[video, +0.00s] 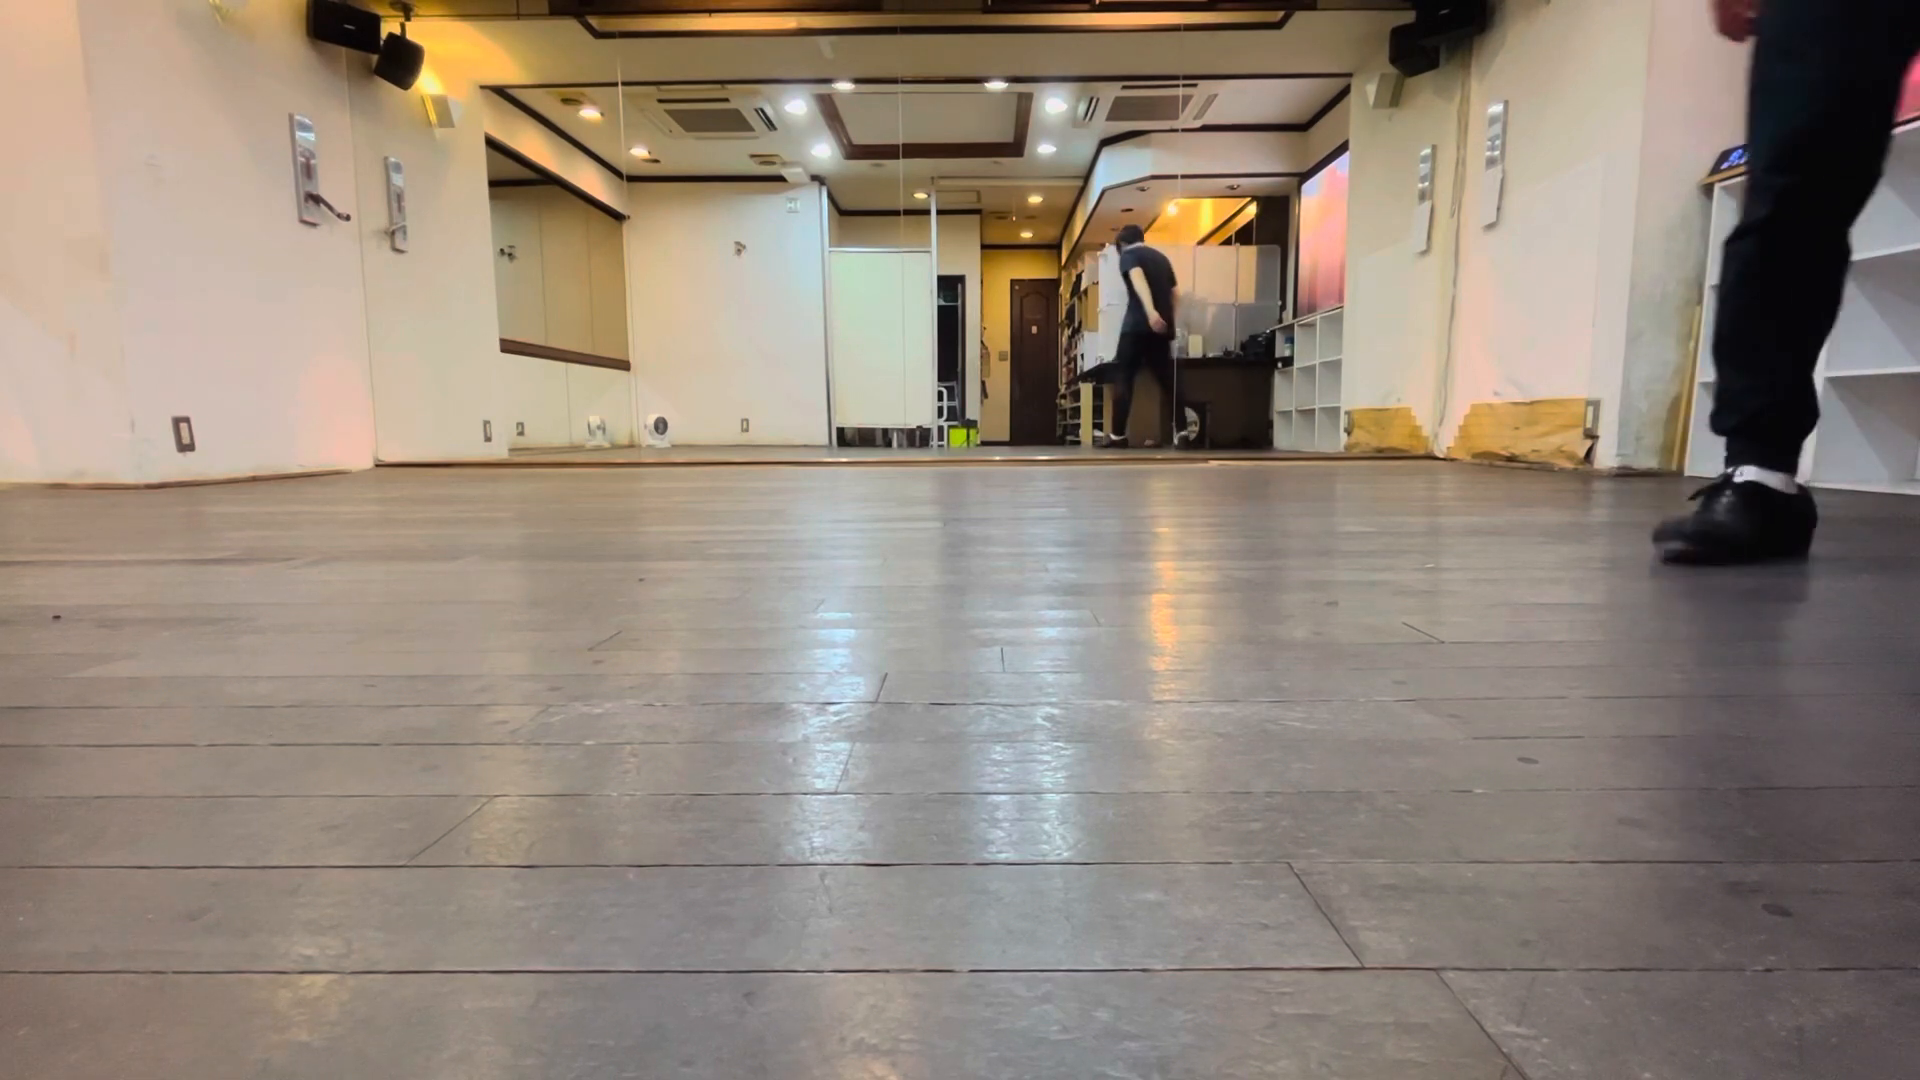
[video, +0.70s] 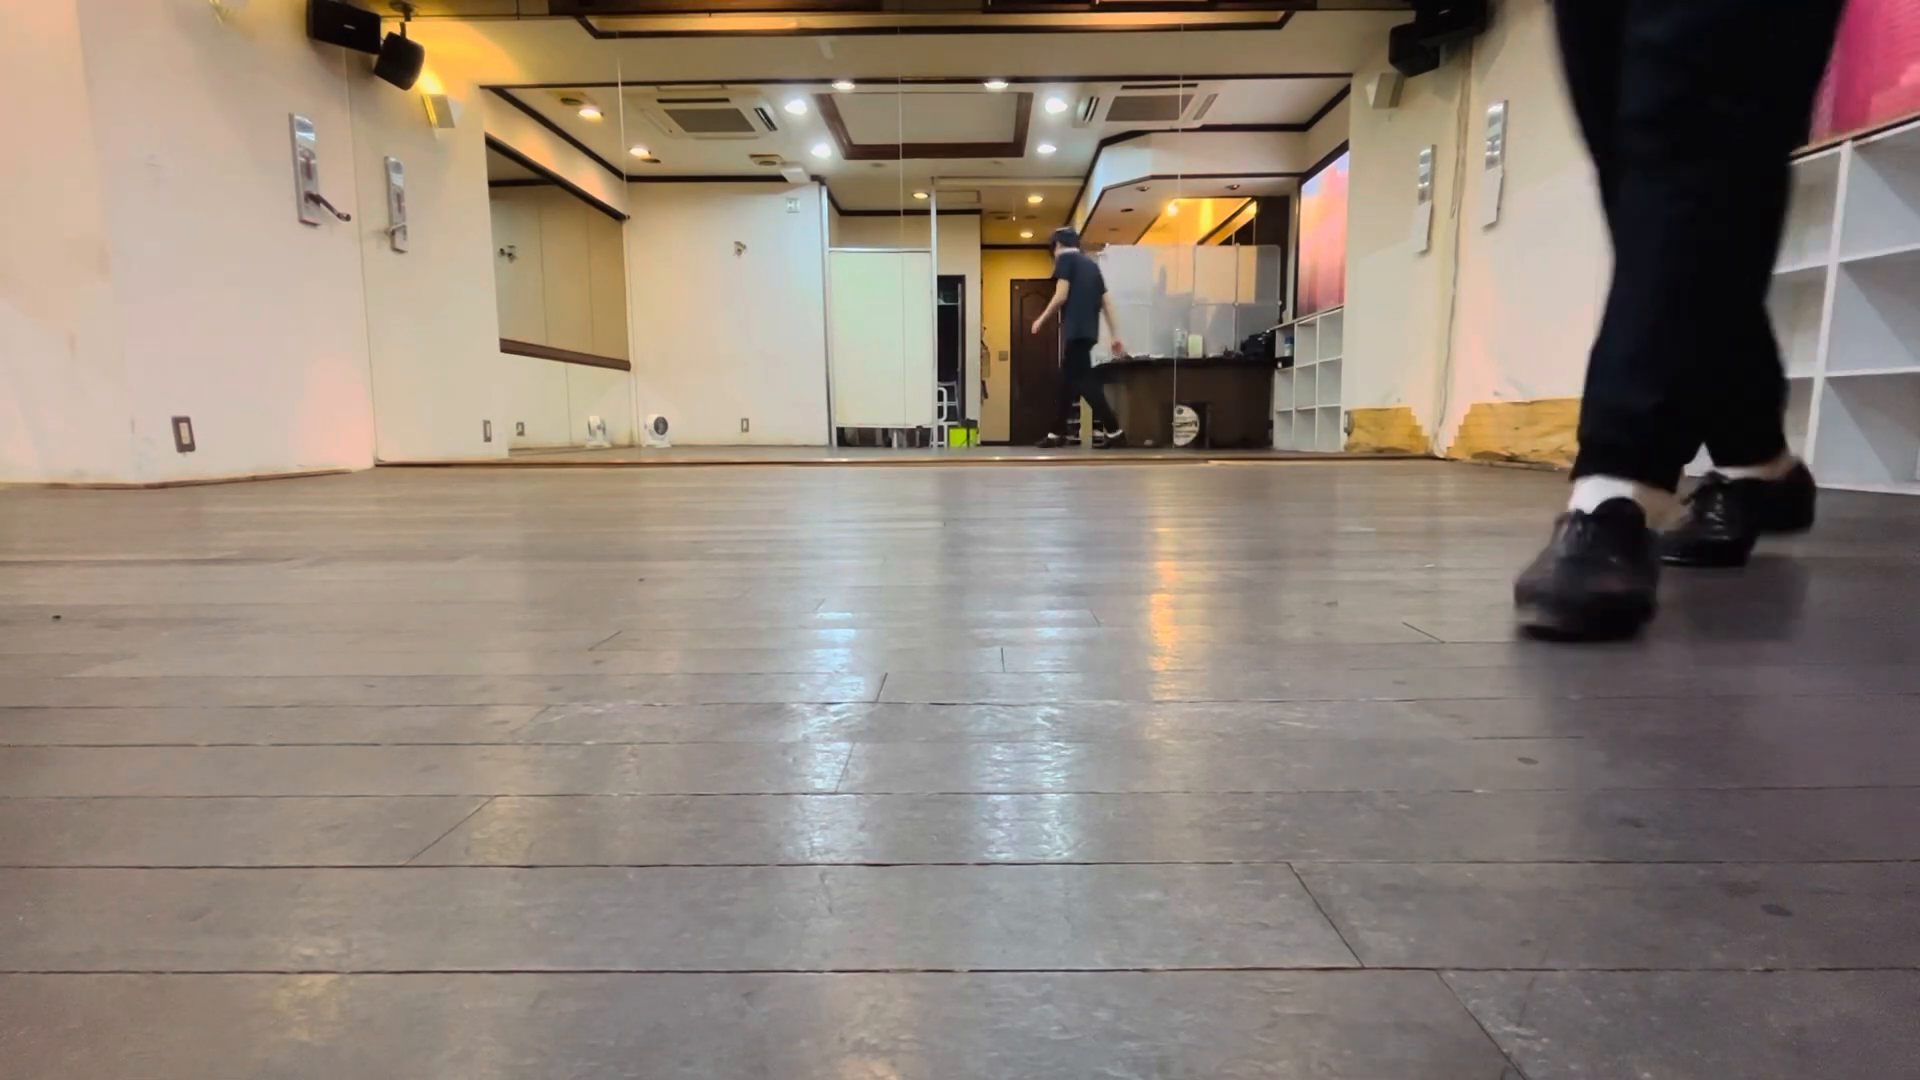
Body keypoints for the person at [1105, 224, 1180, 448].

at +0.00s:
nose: (1119, 251)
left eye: (1119, 247)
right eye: (1119, 247)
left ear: (1123, 243)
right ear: (1141, 240)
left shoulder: (1129, 255)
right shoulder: (1160, 256)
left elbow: (1139, 280)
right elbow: (1173, 292)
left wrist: (1151, 313)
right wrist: (1169, 319)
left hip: (1136, 327)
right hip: (1161, 328)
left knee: (1123, 376)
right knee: (1167, 378)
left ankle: (1117, 433)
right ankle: (1182, 429)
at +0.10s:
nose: (1108, 249)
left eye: (1107, 245)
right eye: (1107, 246)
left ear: (1110, 243)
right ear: (1130, 239)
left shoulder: (1116, 255)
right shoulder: (1149, 256)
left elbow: (1125, 282)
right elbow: (1164, 293)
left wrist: (1135, 317)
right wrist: (1160, 322)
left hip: (1127, 325)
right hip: (1152, 325)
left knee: (1115, 374)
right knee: (1156, 374)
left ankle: (1117, 434)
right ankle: (1172, 429)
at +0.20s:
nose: (1099, 249)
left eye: (1098, 245)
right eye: (1098, 246)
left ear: (1102, 242)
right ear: (1121, 238)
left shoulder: (1107, 256)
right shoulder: (1140, 257)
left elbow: (1110, 287)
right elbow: (1155, 292)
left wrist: (1111, 324)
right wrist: (1152, 327)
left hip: (1119, 326)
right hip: (1142, 326)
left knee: (1110, 376)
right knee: (1139, 372)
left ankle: (1116, 434)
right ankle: (1165, 420)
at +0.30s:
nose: (1091, 245)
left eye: (1091, 241)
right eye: (1091, 241)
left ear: (1094, 239)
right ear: (1112, 237)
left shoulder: (1098, 256)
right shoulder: (1132, 256)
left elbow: (1095, 293)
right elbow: (1146, 293)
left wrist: (1087, 331)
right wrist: (1145, 329)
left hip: (1110, 328)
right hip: (1132, 328)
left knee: (1108, 378)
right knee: (1126, 373)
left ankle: (1117, 434)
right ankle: (1139, 418)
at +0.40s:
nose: (1082, 246)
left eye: (1082, 242)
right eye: (1081, 243)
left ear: (1086, 239)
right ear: (1104, 237)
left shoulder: (1091, 256)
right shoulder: (1124, 256)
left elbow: (1083, 293)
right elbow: (1139, 292)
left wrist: (1065, 324)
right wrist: (1142, 327)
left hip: (1104, 329)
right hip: (1124, 328)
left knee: (1107, 379)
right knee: (1107, 377)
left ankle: (1117, 433)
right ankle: (1111, 428)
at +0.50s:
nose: (1073, 247)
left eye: (1073, 243)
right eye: (1073, 243)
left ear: (1077, 241)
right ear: (1095, 239)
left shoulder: (1081, 258)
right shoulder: (1114, 258)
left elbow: (1073, 294)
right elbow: (1131, 293)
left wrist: (1051, 317)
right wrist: (1136, 329)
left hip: (1096, 332)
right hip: (1115, 331)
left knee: (1103, 380)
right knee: (1091, 377)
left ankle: (1117, 433)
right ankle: (1084, 425)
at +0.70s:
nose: (1055, 252)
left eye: (1055, 248)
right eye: (1055, 248)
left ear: (1060, 245)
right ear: (1075, 245)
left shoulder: (1065, 259)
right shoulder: (1092, 264)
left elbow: (1061, 295)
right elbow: (1106, 302)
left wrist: (1041, 320)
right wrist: (1115, 336)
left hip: (1074, 333)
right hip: (1089, 333)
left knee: (1084, 381)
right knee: (1068, 381)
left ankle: (1112, 429)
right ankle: (1058, 430)